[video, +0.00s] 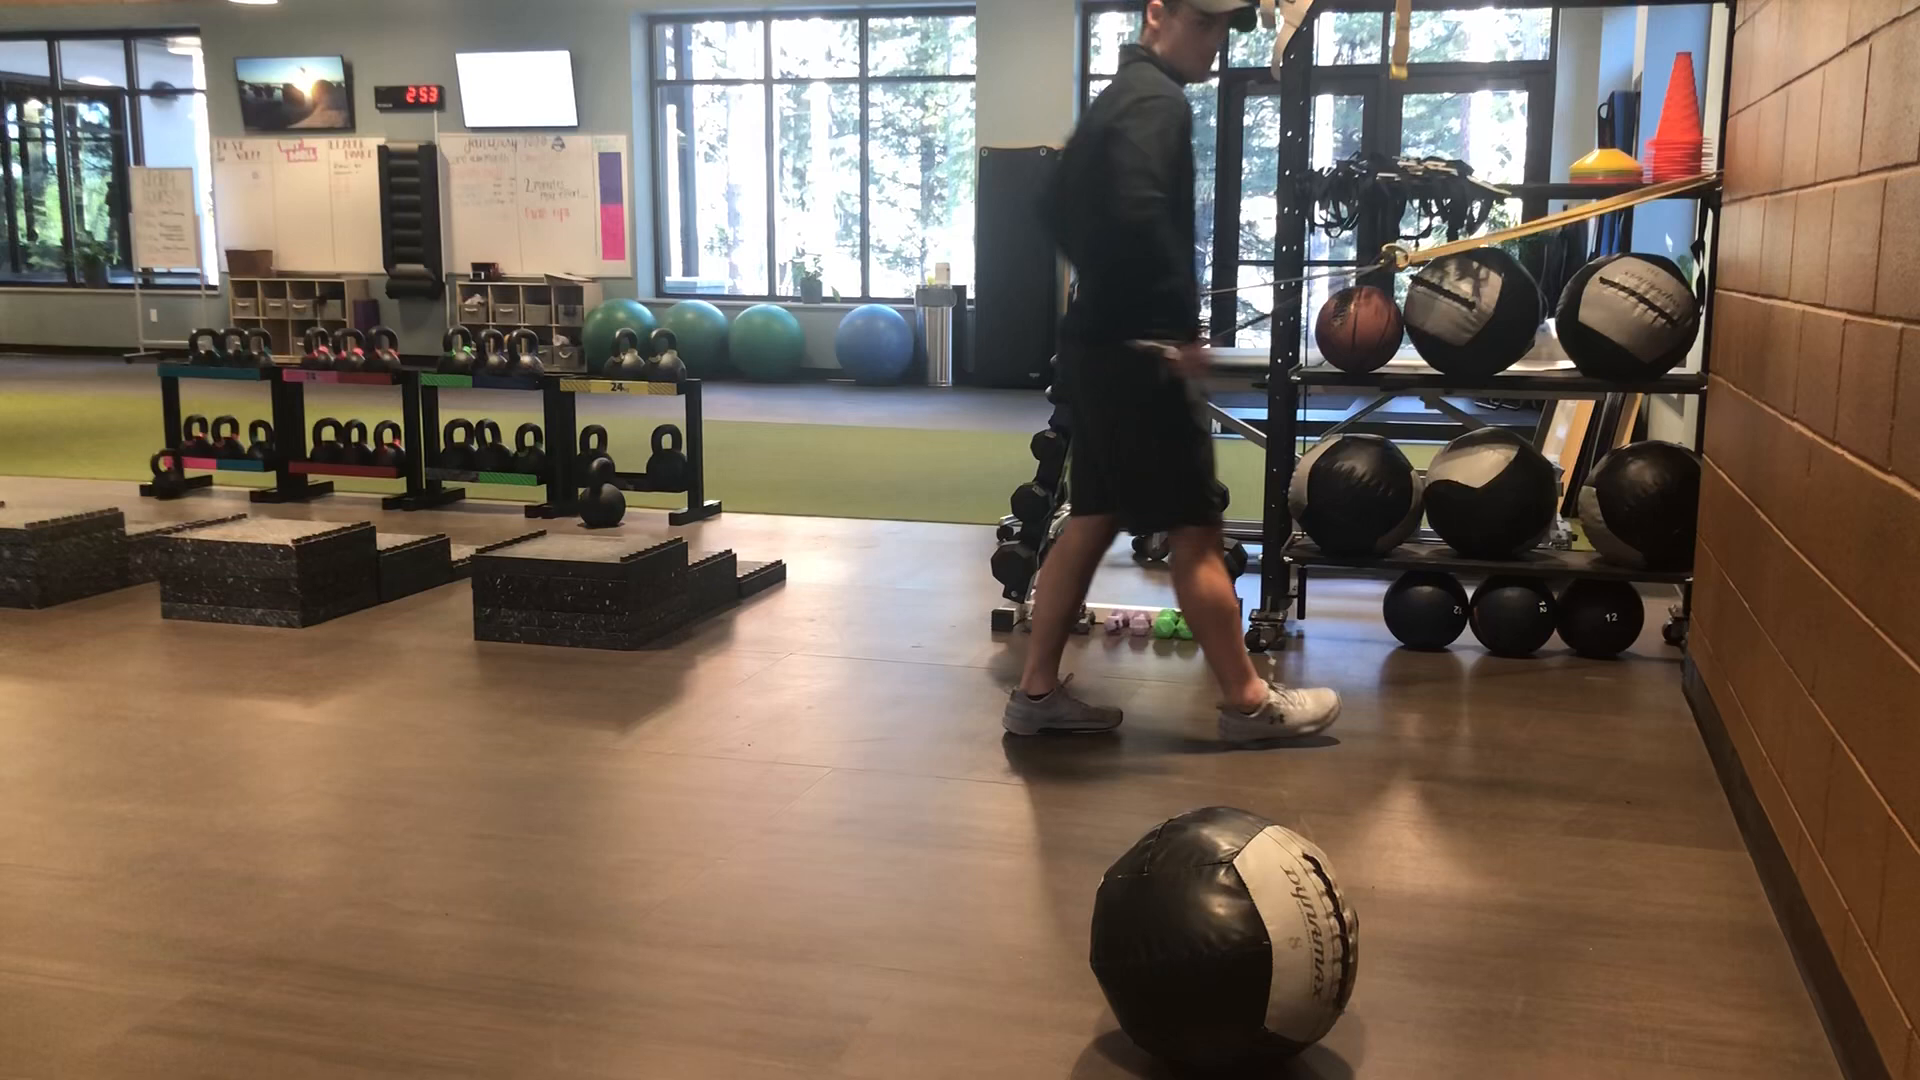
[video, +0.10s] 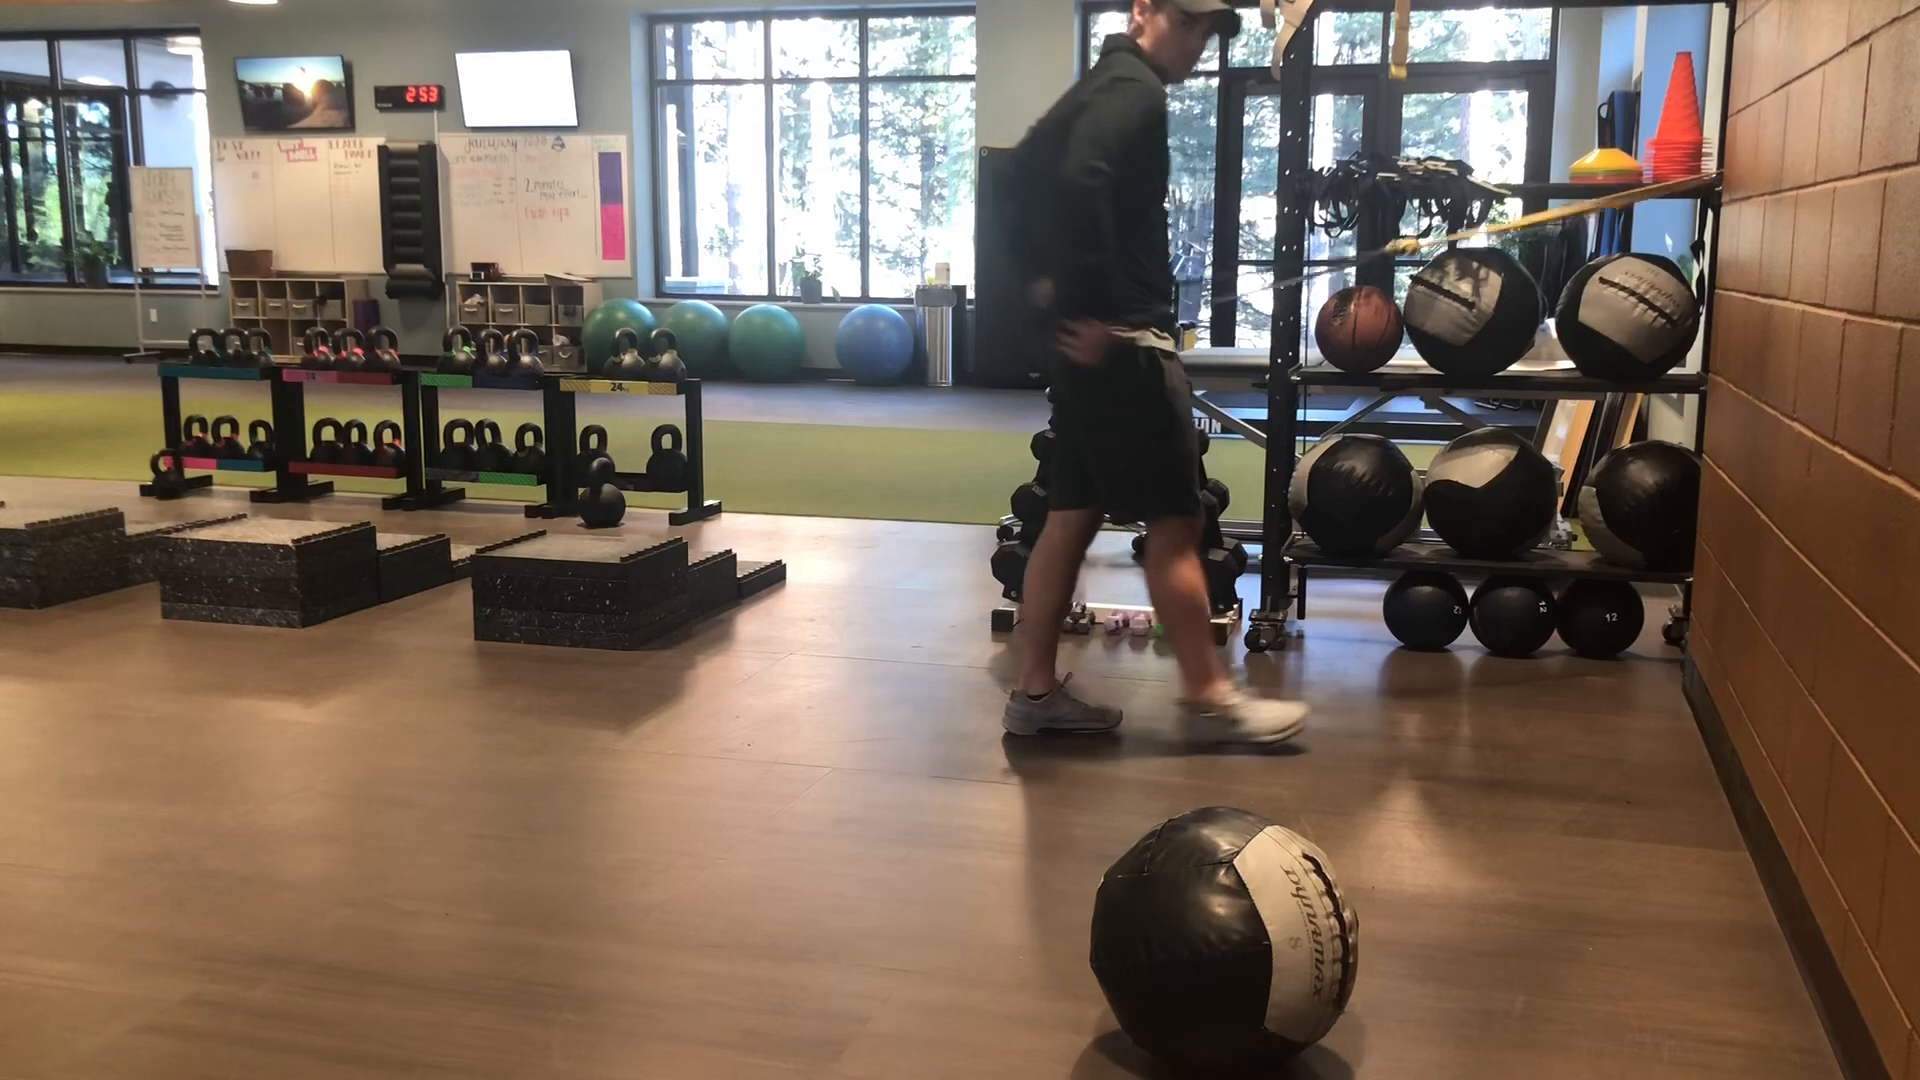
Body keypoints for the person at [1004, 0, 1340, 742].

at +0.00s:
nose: (1219, 46)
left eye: (1222, 32)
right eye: (1211, 28)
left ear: (1159, 25)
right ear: (1160, 19)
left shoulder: (1117, 97)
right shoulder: (1156, 99)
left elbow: (1055, 205)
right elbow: (1142, 211)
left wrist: (1111, 281)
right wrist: (1183, 327)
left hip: (1093, 348)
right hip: (1142, 352)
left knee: (1091, 517)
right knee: (1195, 531)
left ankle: (1035, 690)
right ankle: (1247, 698)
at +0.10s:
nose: (1202, 48)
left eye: (1208, 33)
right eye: (1196, 28)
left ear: (1142, 20)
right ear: (1148, 16)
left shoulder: (1099, 85)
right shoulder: (1135, 90)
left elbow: (1024, 163)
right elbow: (1085, 175)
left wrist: (1038, 273)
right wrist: (1090, 305)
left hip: (1081, 342)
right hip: (1132, 345)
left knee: (1069, 517)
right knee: (1175, 523)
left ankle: (1033, 693)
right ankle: (1211, 698)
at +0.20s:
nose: (1187, 48)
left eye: (1194, 32)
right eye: (1183, 26)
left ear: (1124, 18)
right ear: (1134, 14)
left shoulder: (1079, 79)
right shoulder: (1119, 80)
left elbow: (983, 166)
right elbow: (1047, 156)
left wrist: (999, 267)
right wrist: (1058, 275)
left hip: (1054, 333)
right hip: (1107, 334)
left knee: (1059, 506)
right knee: (1163, 514)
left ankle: (1033, 696)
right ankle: (1139, 705)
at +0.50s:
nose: (1154, 42)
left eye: (1158, 27)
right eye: (1149, 22)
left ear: (1092, 12)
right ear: (1101, 8)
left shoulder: (1034, 83)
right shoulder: (1086, 90)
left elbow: (961, 193)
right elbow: (1053, 207)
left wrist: (1030, 278)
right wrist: (1112, 315)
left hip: (1028, 339)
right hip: (1065, 342)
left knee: (1051, 519)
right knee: (1053, 526)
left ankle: (1036, 687)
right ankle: (1010, 722)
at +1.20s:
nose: (1041, 17)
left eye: (1038, 7)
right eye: (1035, 5)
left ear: (972, 14)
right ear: (1003, 9)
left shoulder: (935, 100)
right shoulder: (996, 108)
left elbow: (952, 243)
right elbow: (1015, 252)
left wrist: (1060, 283)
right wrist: (1094, 313)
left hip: (935, 338)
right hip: (988, 343)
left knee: (963, 521)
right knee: (1006, 537)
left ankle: (907, 689)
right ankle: (1003, 730)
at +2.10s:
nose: (970, 20)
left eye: (967, 8)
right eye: (967, 8)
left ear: (903, 16)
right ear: (945, 10)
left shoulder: (870, 101)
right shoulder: (938, 104)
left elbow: (860, 231)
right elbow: (959, 231)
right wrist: (1045, 284)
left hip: (867, 335)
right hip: (919, 338)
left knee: (902, 525)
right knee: (931, 537)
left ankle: (887, 697)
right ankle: (929, 730)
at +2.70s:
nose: (948, 12)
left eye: (944, 2)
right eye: (941, 2)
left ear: (882, 15)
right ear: (912, 9)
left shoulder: (855, 97)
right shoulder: (926, 104)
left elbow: (951, 174)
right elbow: (1010, 198)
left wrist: (1044, 172)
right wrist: (1106, 189)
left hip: (859, 341)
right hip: (916, 345)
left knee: (898, 525)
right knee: (939, 539)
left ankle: (884, 699)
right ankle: (929, 733)